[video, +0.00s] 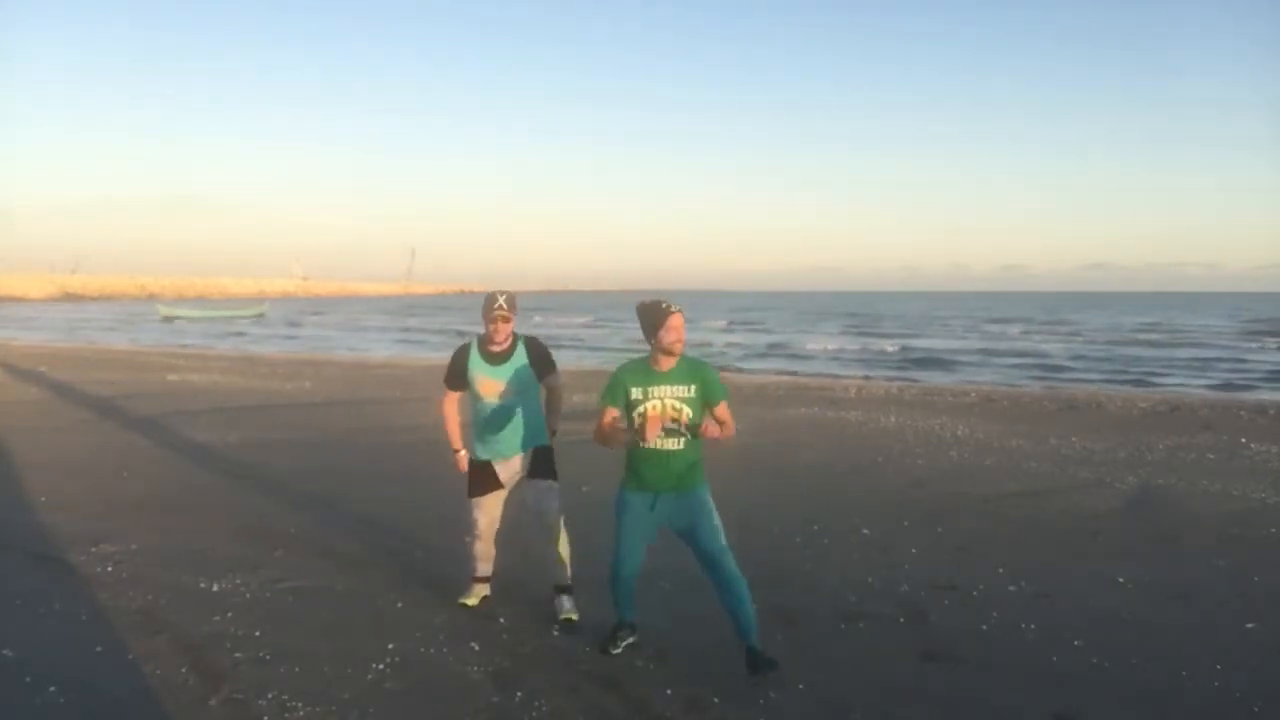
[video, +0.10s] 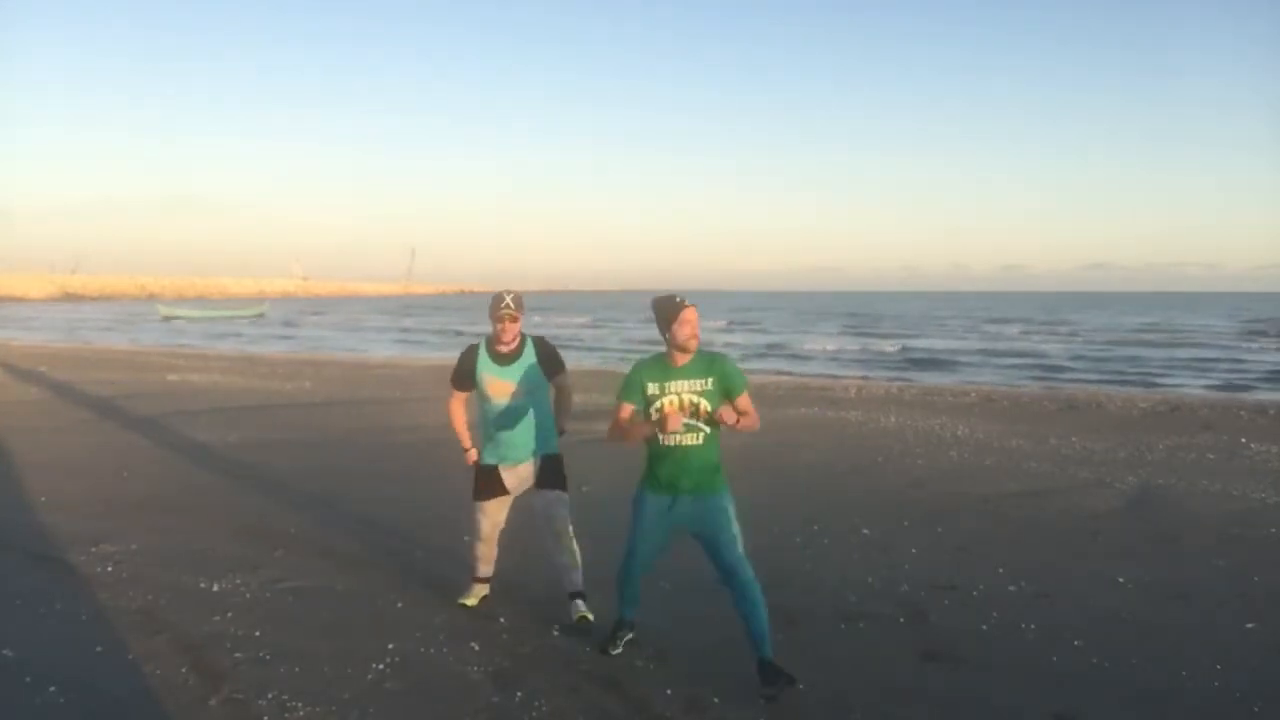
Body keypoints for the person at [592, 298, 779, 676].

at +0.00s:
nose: (680, 336)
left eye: (682, 328)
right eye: (672, 330)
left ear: (684, 331)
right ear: (652, 335)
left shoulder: (701, 374)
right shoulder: (626, 376)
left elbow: (729, 428)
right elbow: (603, 432)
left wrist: (715, 430)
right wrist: (634, 435)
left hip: (690, 490)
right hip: (639, 491)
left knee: (723, 564)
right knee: (624, 567)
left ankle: (753, 649)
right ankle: (624, 626)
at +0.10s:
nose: (693, 329)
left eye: (695, 321)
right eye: (684, 323)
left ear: (698, 325)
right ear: (666, 330)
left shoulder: (720, 366)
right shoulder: (643, 374)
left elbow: (752, 418)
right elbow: (617, 432)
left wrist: (734, 419)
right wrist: (656, 426)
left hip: (710, 491)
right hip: (658, 491)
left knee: (738, 572)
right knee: (633, 563)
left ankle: (765, 660)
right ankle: (625, 624)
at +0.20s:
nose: (704, 322)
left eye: (708, 313)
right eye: (695, 315)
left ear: (717, 319)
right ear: (681, 324)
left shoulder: (744, 360)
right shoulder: (667, 371)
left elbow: (776, 413)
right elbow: (643, 429)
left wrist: (755, 426)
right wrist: (676, 437)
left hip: (736, 490)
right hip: (683, 491)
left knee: (760, 577)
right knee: (651, 564)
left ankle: (775, 669)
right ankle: (628, 618)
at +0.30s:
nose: (713, 320)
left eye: (719, 312)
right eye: (705, 314)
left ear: (728, 317)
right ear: (692, 321)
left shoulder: (756, 361)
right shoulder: (680, 371)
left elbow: (791, 414)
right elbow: (663, 435)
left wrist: (769, 439)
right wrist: (686, 454)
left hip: (750, 488)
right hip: (699, 488)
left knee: (771, 576)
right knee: (672, 561)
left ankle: (776, 671)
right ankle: (641, 621)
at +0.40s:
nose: (725, 321)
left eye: (731, 313)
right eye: (717, 315)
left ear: (745, 319)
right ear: (708, 325)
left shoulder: (777, 367)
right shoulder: (700, 379)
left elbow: (815, 420)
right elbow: (688, 442)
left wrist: (798, 464)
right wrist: (702, 473)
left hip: (774, 492)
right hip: (723, 496)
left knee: (787, 586)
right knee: (710, 581)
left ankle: (779, 675)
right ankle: (688, 637)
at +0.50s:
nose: (730, 315)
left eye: (739, 308)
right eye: (723, 309)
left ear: (753, 314)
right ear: (714, 317)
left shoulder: (784, 358)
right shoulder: (706, 375)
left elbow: (833, 403)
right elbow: (689, 432)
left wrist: (809, 448)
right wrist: (703, 459)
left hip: (783, 488)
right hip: (733, 490)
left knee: (793, 585)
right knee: (726, 584)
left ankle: (779, 674)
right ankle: (723, 655)